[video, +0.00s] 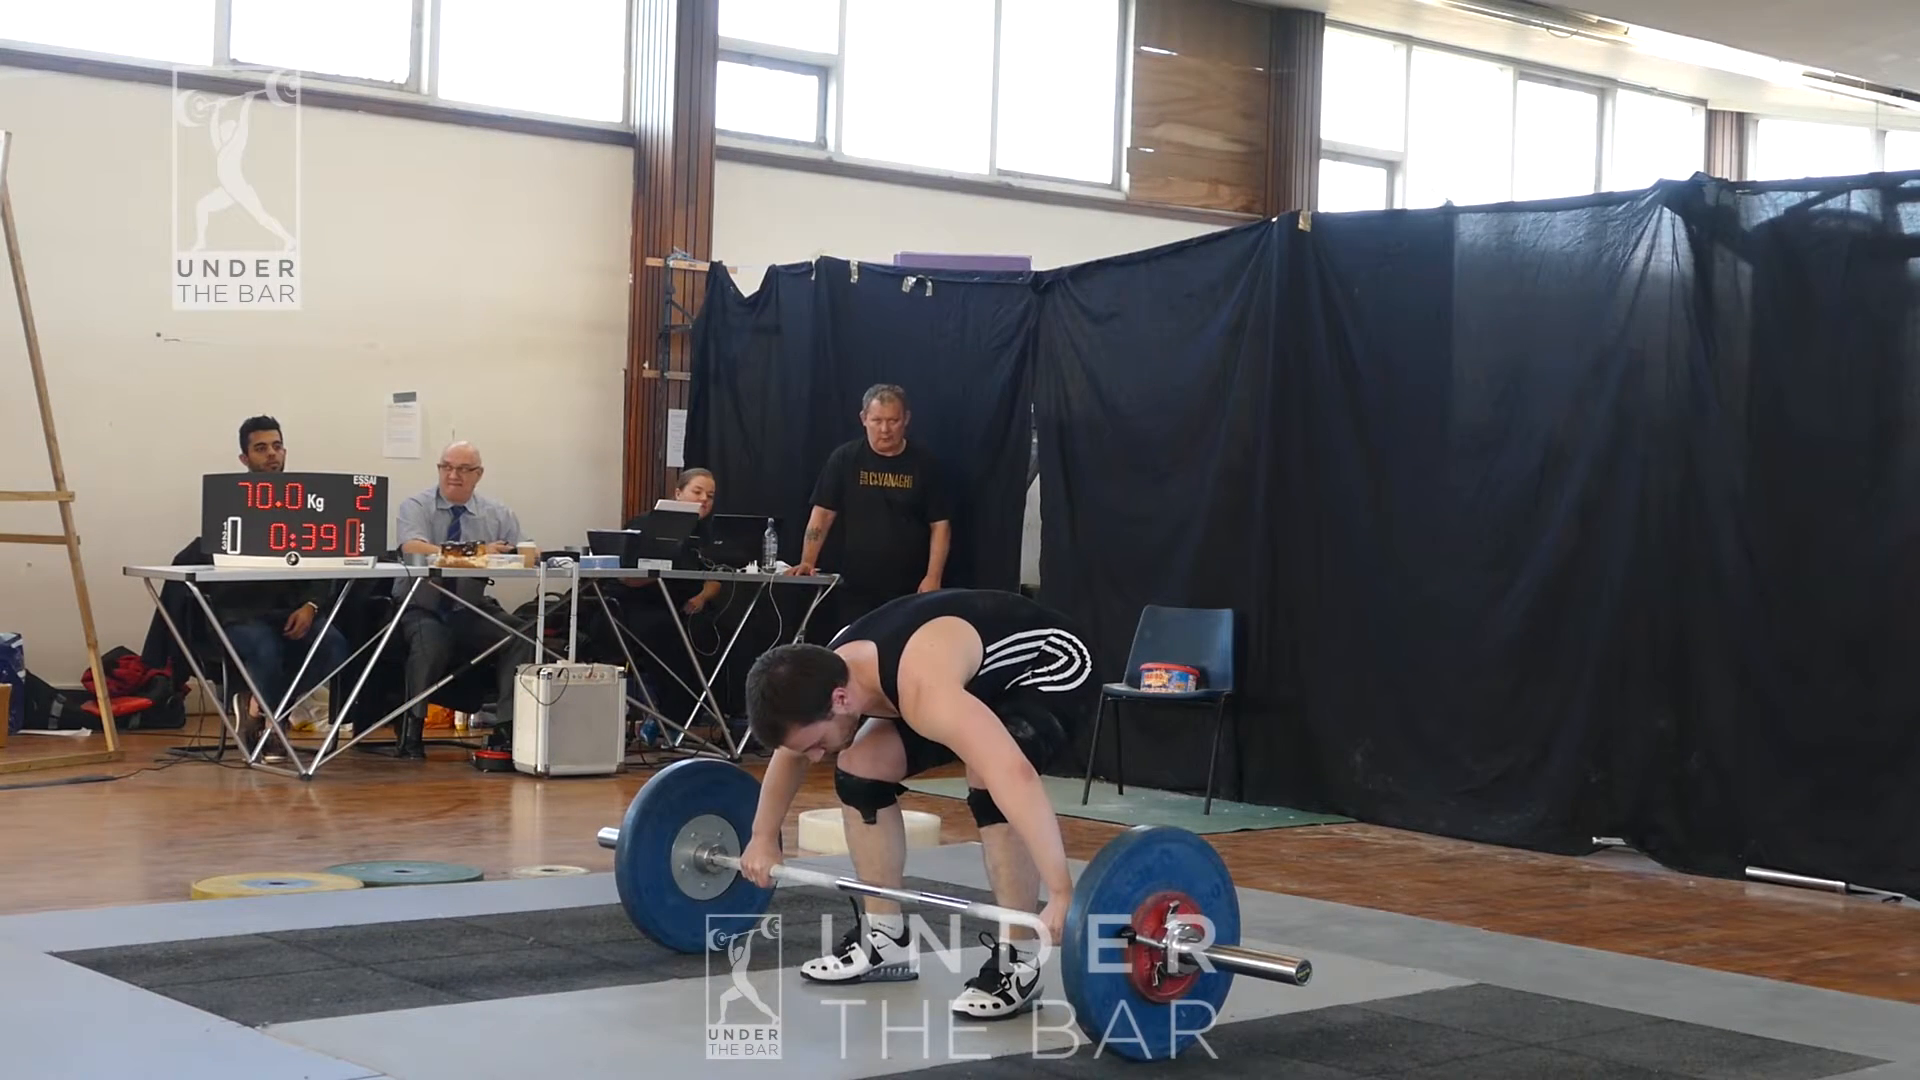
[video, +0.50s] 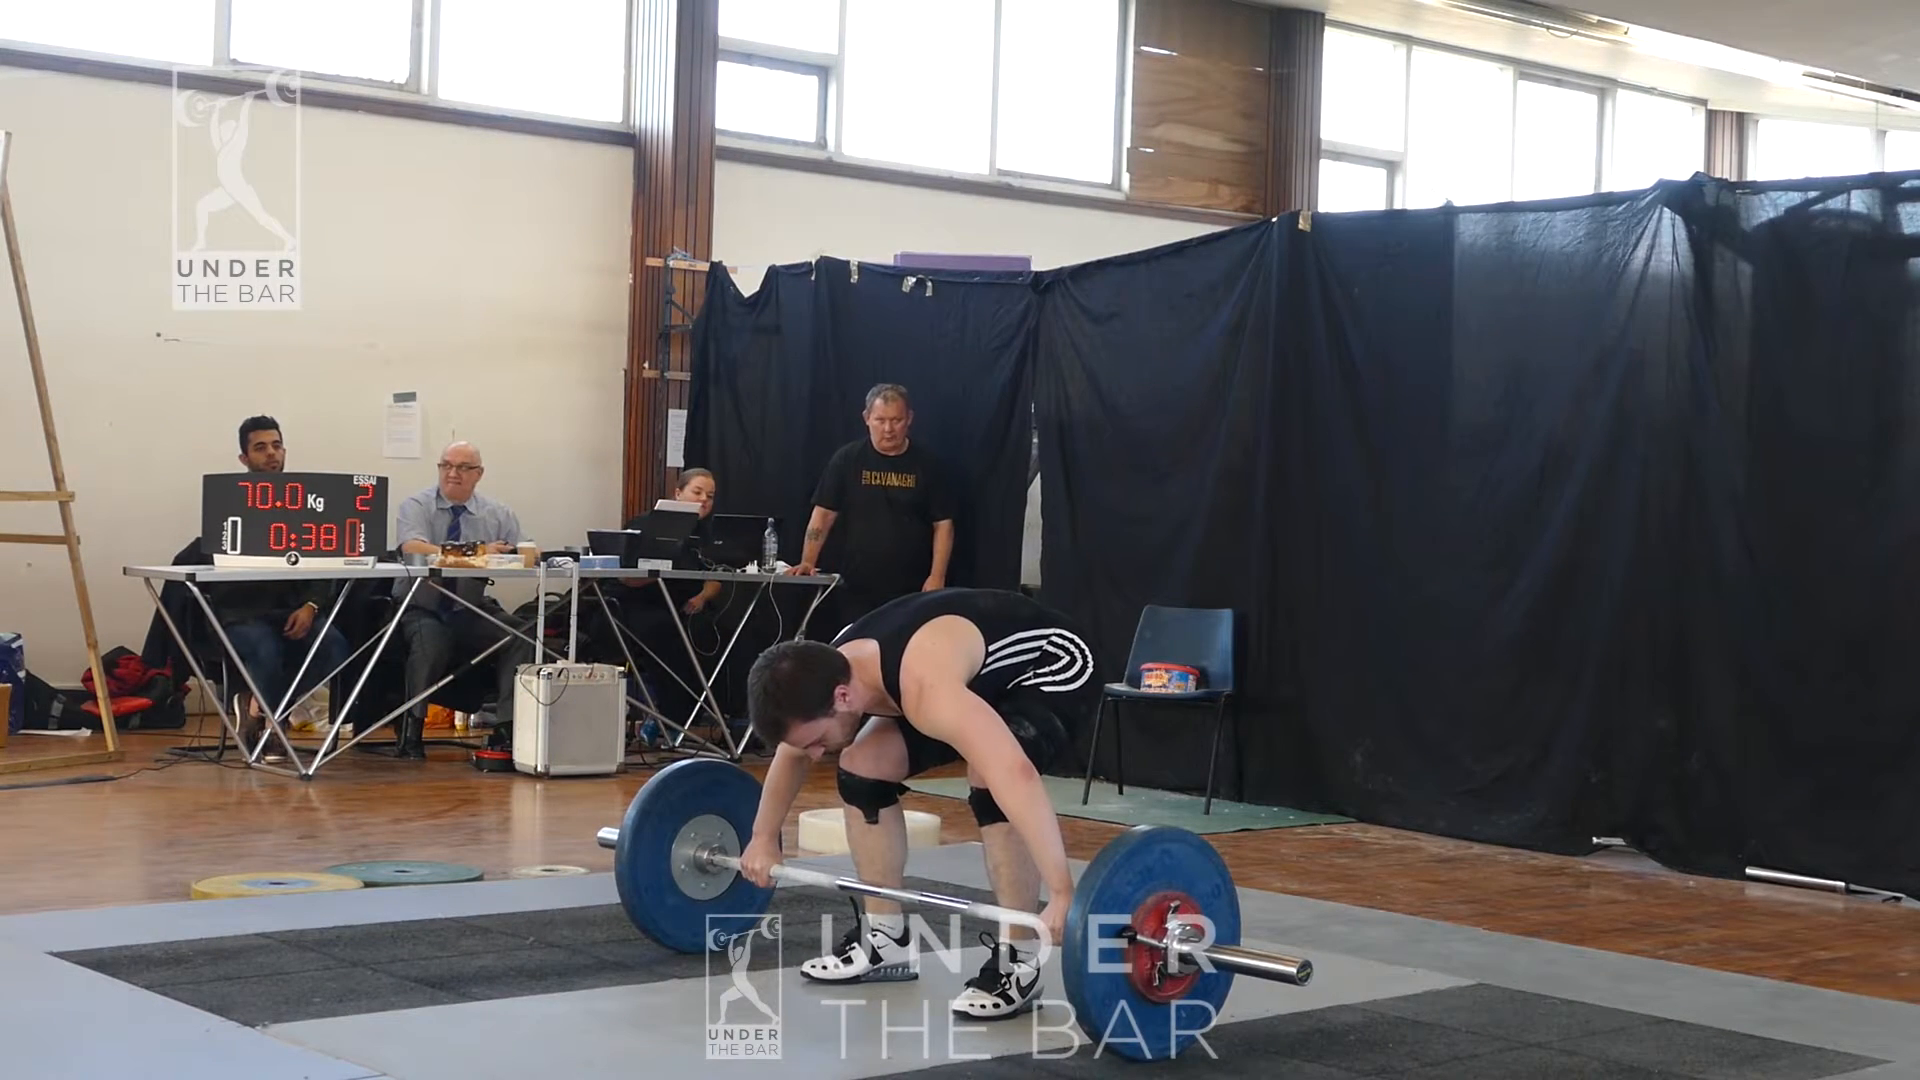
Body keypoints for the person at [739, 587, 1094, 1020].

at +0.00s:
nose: (815, 756)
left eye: (816, 743)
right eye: (801, 752)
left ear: (840, 700)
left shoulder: (929, 692)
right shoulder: (828, 671)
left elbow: (1015, 775)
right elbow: (791, 752)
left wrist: (1060, 890)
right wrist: (763, 834)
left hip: (1056, 667)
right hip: (975, 678)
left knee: (989, 781)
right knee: (861, 770)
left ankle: (1018, 962)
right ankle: (885, 942)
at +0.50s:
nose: (814, 754)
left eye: (817, 740)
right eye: (801, 747)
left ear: (843, 697)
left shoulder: (931, 690)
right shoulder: (831, 671)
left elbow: (1016, 774)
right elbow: (793, 753)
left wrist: (1061, 890)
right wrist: (763, 835)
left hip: (1056, 666)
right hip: (976, 677)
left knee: (991, 782)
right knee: (863, 768)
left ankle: (1019, 961)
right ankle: (886, 941)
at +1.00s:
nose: (818, 751)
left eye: (823, 736)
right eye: (806, 743)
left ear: (848, 693)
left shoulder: (935, 686)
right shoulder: (839, 666)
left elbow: (1019, 772)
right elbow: (798, 751)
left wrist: (1060, 889)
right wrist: (763, 835)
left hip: (1061, 661)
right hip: (980, 672)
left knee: (997, 782)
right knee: (872, 769)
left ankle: (1019, 961)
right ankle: (888, 942)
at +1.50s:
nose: (804, 658)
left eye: (812, 639)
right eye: (794, 644)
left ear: (857, 610)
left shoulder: (940, 670)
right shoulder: (832, 674)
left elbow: (1017, 772)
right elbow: (793, 752)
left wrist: (1048, 885)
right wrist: (760, 833)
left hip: (1050, 768)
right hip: (949, 770)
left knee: (973, 795)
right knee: (827, 784)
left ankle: (1016, 961)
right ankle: (885, 938)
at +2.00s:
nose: (804, 589)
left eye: (823, 574)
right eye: (800, 574)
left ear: (871, 584)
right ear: (796, 579)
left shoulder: (938, 659)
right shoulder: (823, 671)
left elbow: (1021, 759)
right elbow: (794, 739)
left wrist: (1049, 871)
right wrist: (756, 824)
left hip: (1035, 761)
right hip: (939, 763)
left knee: (976, 790)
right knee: (822, 786)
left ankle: (1012, 960)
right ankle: (883, 938)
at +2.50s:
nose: (916, 274)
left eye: (940, 268)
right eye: (920, 269)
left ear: (981, 306)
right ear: (918, 304)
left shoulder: (995, 398)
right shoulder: (879, 403)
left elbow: (1052, 496)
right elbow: (825, 489)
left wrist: (1064, 600)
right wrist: (765, 574)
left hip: (971, 629)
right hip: (886, 623)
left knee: (939, 783)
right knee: (822, 774)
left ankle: (1004, 945)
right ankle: (873, 920)